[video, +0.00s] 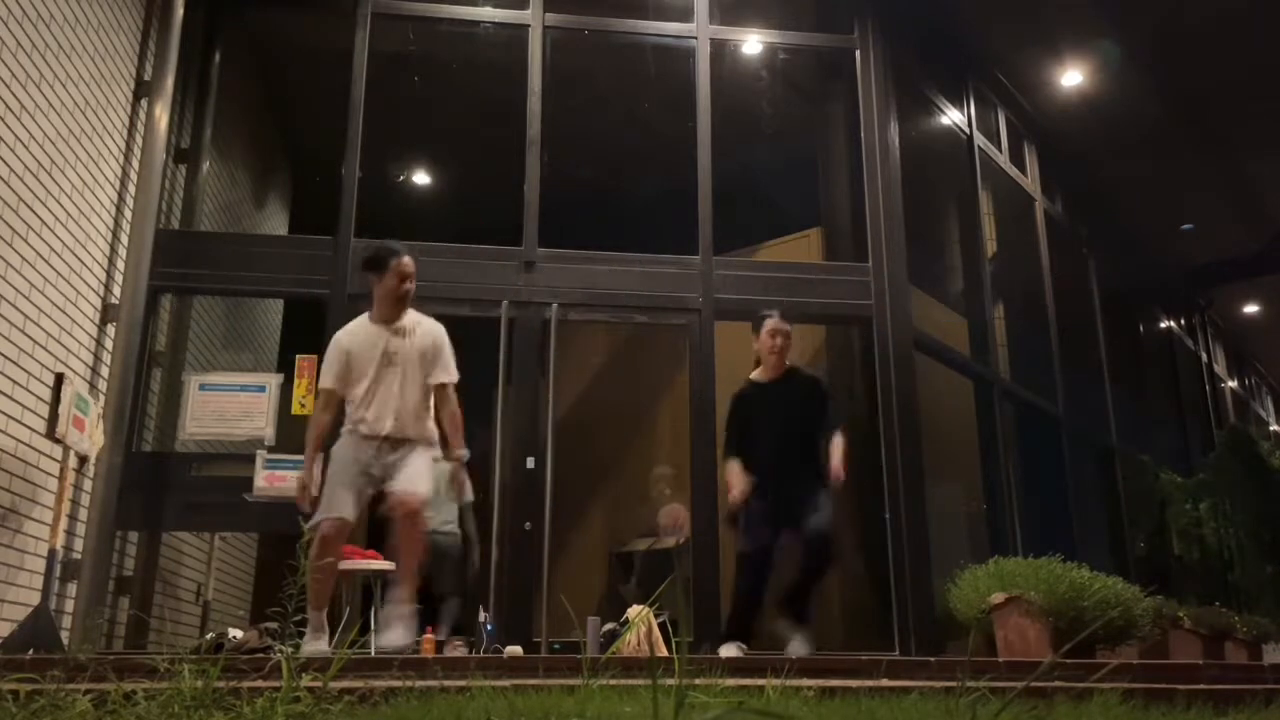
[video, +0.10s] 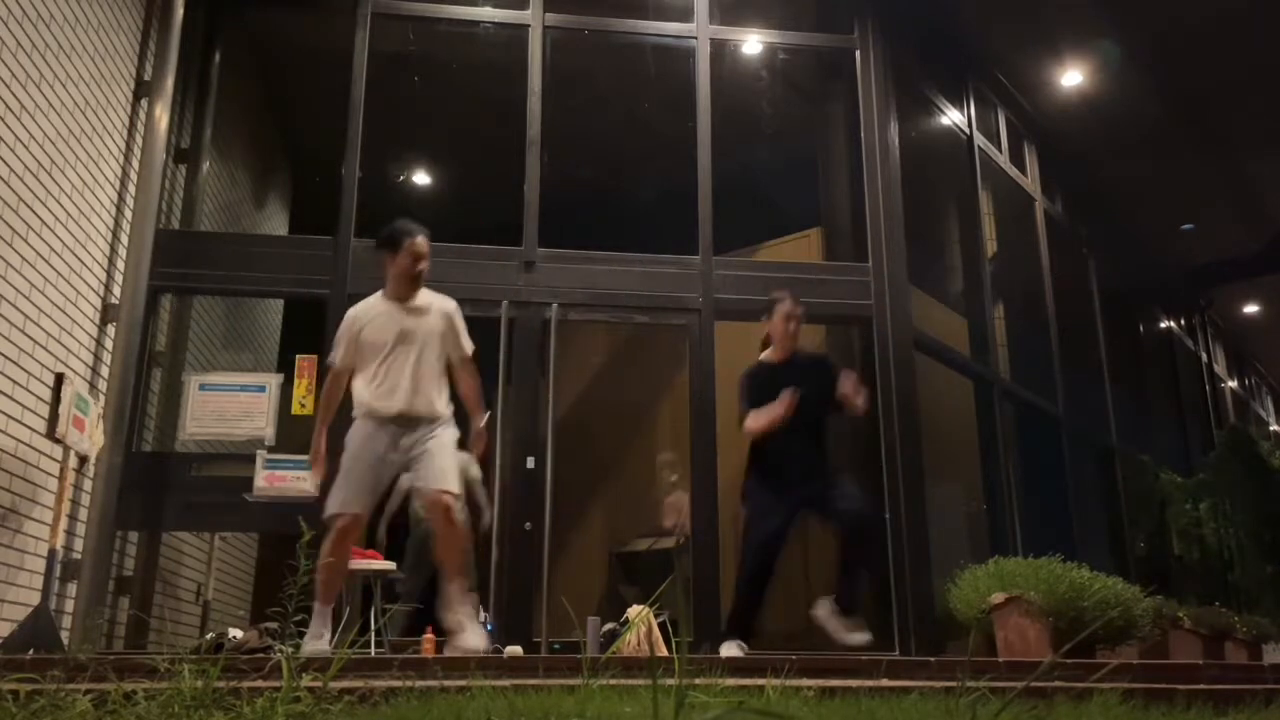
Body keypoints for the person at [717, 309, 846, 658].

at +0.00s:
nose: (779, 342)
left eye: (785, 335)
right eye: (772, 335)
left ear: (792, 342)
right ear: (757, 341)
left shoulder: (811, 387)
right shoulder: (745, 396)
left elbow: (833, 427)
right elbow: (732, 446)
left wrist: (835, 459)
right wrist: (736, 479)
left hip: (807, 483)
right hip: (761, 486)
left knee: (820, 547)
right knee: (752, 560)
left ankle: (793, 618)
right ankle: (736, 638)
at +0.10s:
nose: (794, 327)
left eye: (798, 320)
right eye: (787, 319)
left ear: (803, 325)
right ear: (768, 324)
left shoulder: (820, 366)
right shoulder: (756, 376)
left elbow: (856, 405)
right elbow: (751, 425)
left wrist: (853, 396)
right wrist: (778, 410)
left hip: (817, 475)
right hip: (771, 482)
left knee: (861, 520)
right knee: (757, 558)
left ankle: (841, 607)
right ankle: (735, 638)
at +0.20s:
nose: (812, 312)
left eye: (815, 305)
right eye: (804, 305)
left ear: (819, 310)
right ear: (785, 310)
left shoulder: (835, 346)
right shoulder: (777, 353)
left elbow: (886, 375)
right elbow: (762, 389)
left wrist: (873, 348)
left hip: (838, 459)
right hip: (789, 464)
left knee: (877, 526)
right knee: (769, 543)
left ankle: (876, 610)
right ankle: (741, 626)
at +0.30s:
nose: (831, 317)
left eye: (834, 309)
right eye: (823, 310)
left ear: (840, 312)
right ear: (803, 315)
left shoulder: (857, 349)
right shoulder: (793, 357)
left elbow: (909, 362)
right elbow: (779, 379)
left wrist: (896, 339)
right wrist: (817, 342)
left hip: (856, 458)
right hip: (808, 460)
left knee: (881, 537)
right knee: (797, 523)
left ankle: (908, 627)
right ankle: (765, 615)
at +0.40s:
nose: (846, 330)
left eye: (850, 322)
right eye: (838, 323)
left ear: (859, 327)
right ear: (820, 329)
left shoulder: (875, 368)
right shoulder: (812, 367)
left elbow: (927, 393)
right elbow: (799, 397)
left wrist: (915, 362)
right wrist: (840, 357)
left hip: (872, 473)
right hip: (823, 473)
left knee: (889, 548)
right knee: (834, 527)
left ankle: (905, 636)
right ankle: (814, 613)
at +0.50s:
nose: (863, 343)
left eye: (867, 335)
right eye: (854, 335)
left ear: (874, 341)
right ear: (838, 341)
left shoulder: (877, 385)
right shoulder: (822, 382)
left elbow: (913, 408)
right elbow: (813, 434)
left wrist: (927, 423)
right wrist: (859, 419)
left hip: (879, 486)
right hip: (835, 489)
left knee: (896, 552)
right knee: (866, 545)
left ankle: (905, 637)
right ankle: (864, 633)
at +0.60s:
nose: (867, 346)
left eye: (873, 340)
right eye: (859, 340)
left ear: (880, 349)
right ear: (845, 347)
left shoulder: (881, 401)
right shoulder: (826, 389)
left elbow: (892, 456)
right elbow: (802, 446)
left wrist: (919, 488)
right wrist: (829, 483)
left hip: (877, 492)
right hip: (836, 493)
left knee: (897, 556)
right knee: (867, 540)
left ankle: (905, 639)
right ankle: (845, 615)